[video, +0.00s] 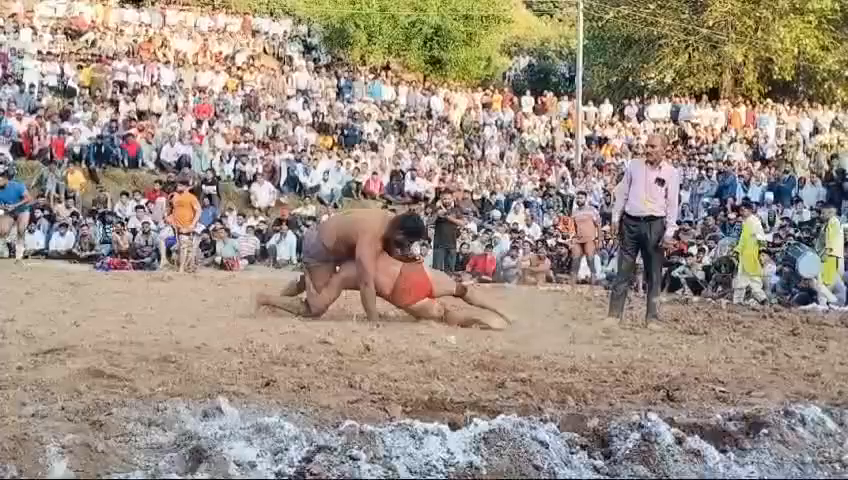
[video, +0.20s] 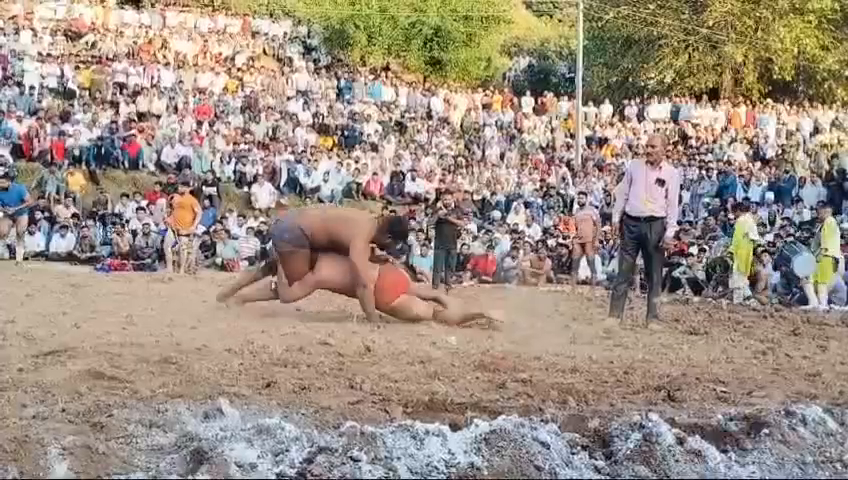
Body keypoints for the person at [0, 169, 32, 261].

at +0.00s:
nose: (1, 180)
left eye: (2, 178)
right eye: (1, 178)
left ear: (6, 178)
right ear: (3, 178)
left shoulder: (18, 186)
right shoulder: (2, 191)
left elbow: (28, 198)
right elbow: (2, 203)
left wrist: (14, 206)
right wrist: (4, 207)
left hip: (22, 210)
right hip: (8, 211)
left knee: (21, 231)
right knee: (3, 231)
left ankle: (18, 256)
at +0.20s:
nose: (1, 184)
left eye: (3, 181)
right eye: (1, 181)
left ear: (8, 181)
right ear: (1, 182)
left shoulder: (19, 189)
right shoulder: (2, 193)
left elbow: (30, 201)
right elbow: (2, 205)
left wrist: (15, 209)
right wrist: (5, 210)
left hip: (21, 214)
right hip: (8, 214)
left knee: (20, 234)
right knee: (2, 232)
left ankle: (19, 260)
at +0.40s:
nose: (9, 184)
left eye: (11, 182)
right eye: (7, 182)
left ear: (15, 182)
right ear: (5, 181)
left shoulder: (22, 191)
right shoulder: (2, 190)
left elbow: (29, 205)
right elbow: (0, 205)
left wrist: (15, 211)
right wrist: (3, 209)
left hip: (16, 215)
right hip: (3, 215)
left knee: (17, 235)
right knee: (2, 235)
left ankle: (19, 260)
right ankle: (4, 256)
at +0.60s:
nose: (11, 182)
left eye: (13, 181)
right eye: (10, 180)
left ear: (18, 181)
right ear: (7, 180)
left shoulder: (22, 189)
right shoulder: (2, 188)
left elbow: (27, 205)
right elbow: (1, 203)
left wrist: (15, 210)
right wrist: (5, 207)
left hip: (14, 214)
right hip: (3, 213)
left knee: (12, 232)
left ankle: (18, 260)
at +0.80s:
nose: (10, 182)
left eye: (12, 180)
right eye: (9, 179)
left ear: (17, 181)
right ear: (7, 179)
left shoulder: (21, 190)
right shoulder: (3, 188)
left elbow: (24, 208)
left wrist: (12, 209)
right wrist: (3, 206)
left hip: (14, 214)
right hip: (3, 213)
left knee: (11, 235)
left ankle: (18, 260)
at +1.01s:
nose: (7, 182)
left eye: (10, 180)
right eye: (6, 180)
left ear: (15, 182)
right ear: (5, 180)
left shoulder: (21, 191)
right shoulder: (2, 190)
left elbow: (24, 207)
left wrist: (12, 211)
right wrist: (3, 210)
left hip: (14, 214)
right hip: (3, 214)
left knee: (12, 234)